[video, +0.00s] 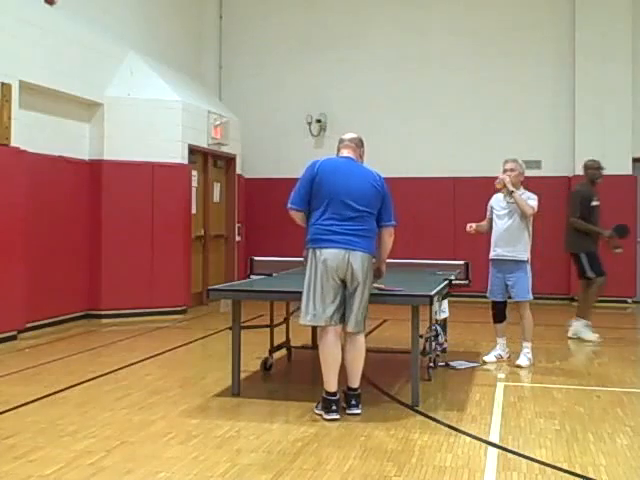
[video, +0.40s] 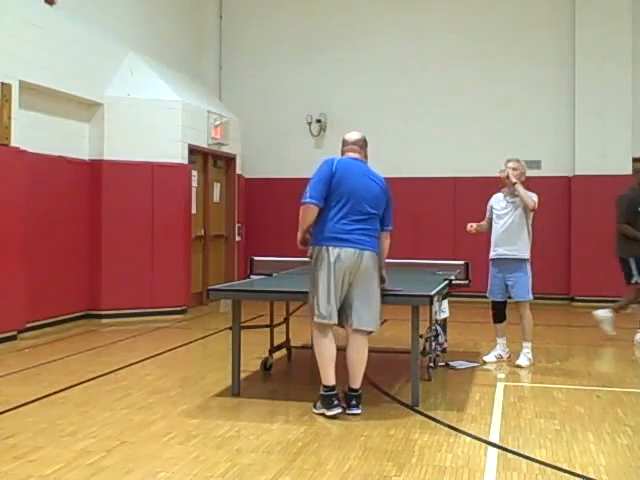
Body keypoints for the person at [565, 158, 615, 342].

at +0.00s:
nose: (599, 172)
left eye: (600, 169)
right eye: (595, 169)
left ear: (598, 172)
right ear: (586, 171)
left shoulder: (592, 192)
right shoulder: (579, 191)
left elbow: (591, 221)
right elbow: (573, 220)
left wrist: (607, 236)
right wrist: (601, 232)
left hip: (587, 244)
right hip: (579, 244)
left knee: (587, 283)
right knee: (598, 279)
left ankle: (579, 323)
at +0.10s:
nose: (610, 173)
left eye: (611, 170)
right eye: (607, 170)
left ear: (612, 172)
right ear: (597, 172)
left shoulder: (605, 194)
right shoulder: (591, 193)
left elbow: (608, 220)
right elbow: (585, 222)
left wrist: (624, 232)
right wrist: (611, 233)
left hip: (596, 245)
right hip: (591, 246)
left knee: (590, 283)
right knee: (611, 281)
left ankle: (577, 325)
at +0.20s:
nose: (622, 175)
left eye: (623, 172)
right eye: (618, 172)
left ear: (624, 174)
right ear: (609, 174)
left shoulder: (617, 195)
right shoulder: (602, 195)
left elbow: (624, 219)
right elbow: (596, 225)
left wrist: (635, 231)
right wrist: (622, 236)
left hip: (609, 248)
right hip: (603, 249)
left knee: (597, 287)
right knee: (623, 286)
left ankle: (579, 325)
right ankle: (636, 328)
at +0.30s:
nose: (634, 177)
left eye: (636, 173)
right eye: (631, 173)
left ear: (637, 176)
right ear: (623, 175)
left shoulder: (630, 196)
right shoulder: (617, 196)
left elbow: (629, 223)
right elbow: (610, 227)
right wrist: (633, 239)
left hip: (624, 249)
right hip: (619, 250)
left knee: (616, 289)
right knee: (637, 286)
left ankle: (588, 318)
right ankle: (637, 331)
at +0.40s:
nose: (637, 175)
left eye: (638, 172)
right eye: (636, 172)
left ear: (637, 174)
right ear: (633, 173)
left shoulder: (631, 197)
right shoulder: (628, 197)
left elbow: (623, 225)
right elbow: (622, 225)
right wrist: (638, 235)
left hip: (633, 250)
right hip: (630, 250)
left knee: (636, 289)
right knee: (636, 288)